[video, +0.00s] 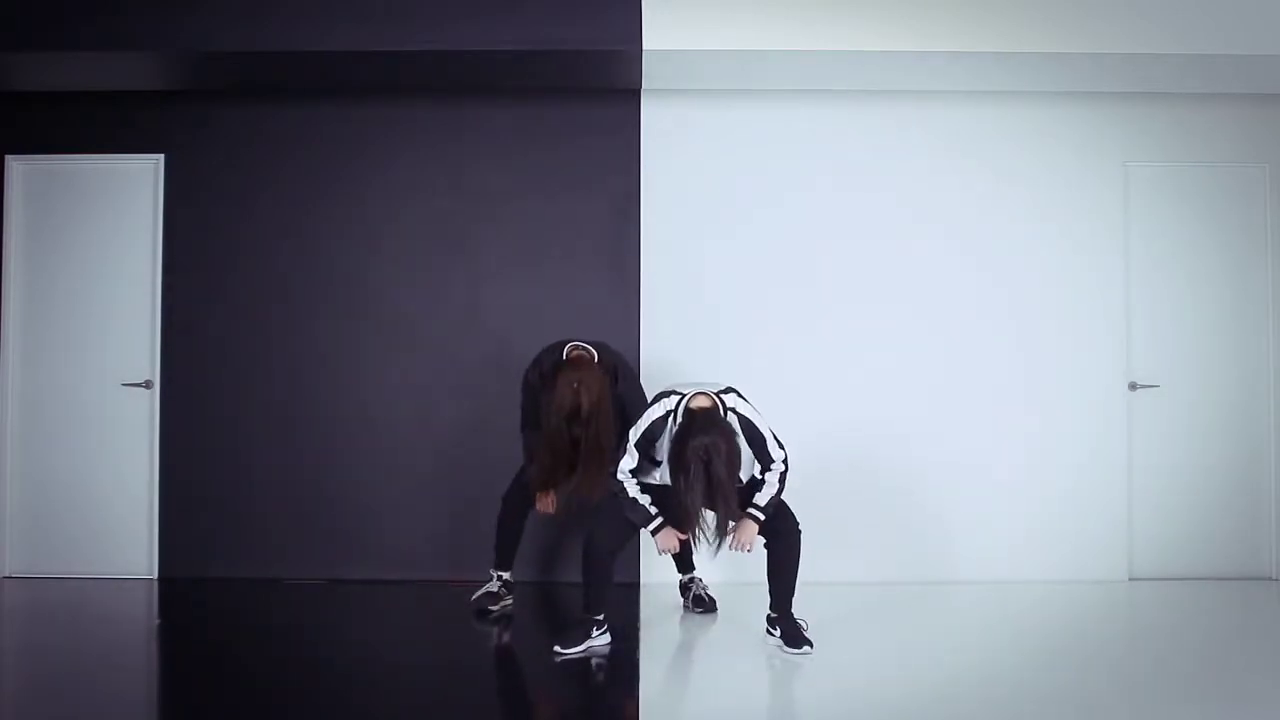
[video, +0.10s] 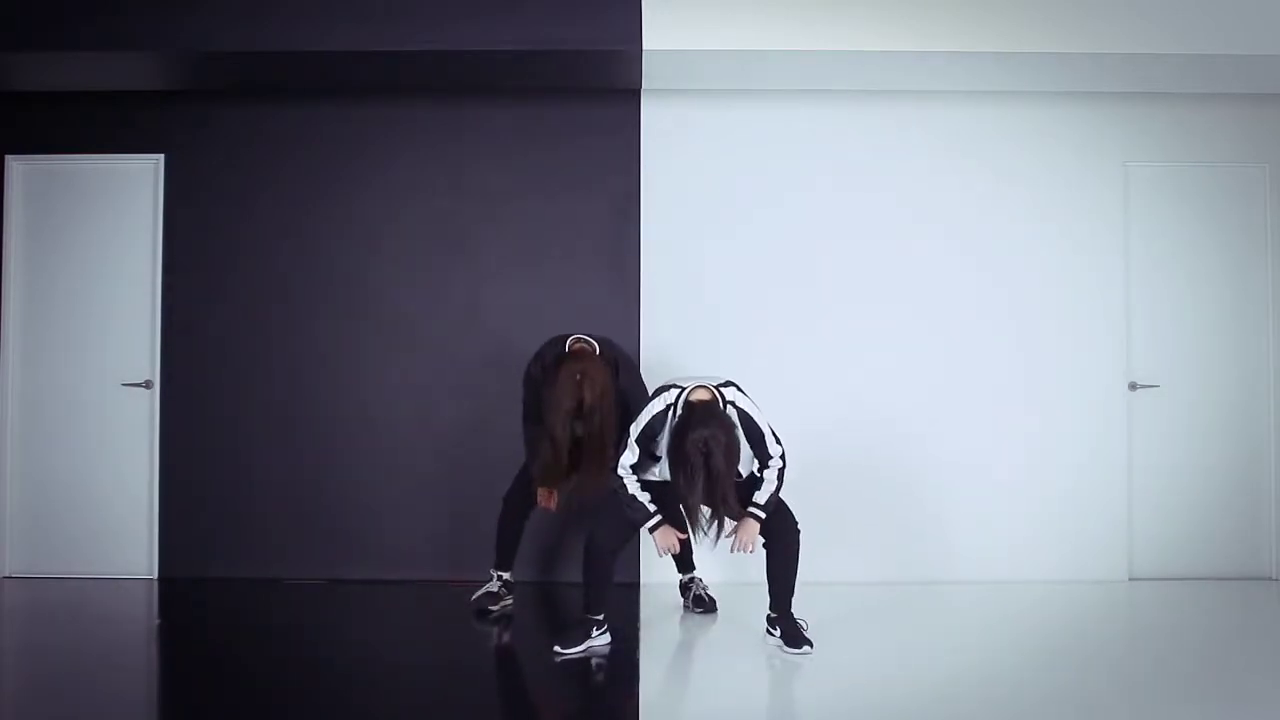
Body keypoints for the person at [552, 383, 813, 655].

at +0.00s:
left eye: (716, 473)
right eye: (702, 473)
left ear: (726, 440)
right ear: (683, 444)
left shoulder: (739, 412)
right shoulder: (661, 414)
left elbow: (778, 461)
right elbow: (623, 473)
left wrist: (753, 516)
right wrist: (657, 526)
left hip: (724, 476)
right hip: (664, 479)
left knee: (785, 528)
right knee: (602, 535)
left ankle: (781, 617)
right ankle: (595, 624)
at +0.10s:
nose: (709, 481)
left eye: (717, 472)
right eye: (702, 473)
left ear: (726, 436)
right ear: (683, 442)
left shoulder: (738, 405)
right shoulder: (662, 409)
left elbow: (775, 458)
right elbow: (623, 470)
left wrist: (754, 516)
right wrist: (656, 524)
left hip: (726, 470)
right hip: (662, 474)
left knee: (784, 527)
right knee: (603, 536)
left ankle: (781, 617)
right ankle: (595, 623)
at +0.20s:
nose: (707, 483)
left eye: (715, 470)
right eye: (700, 471)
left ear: (728, 431)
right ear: (682, 436)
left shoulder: (740, 401)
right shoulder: (660, 405)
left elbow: (773, 453)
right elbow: (625, 466)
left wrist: (756, 515)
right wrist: (654, 522)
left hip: (726, 467)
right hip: (660, 471)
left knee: (783, 527)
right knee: (603, 538)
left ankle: (781, 617)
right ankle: (596, 624)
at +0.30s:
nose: (705, 482)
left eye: (715, 467)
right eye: (699, 469)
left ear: (728, 425)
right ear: (683, 427)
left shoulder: (740, 394)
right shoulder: (661, 396)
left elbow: (772, 446)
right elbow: (625, 458)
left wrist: (756, 513)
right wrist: (652, 518)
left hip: (721, 465)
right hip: (659, 469)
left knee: (782, 525)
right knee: (605, 536)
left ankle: (780, 617)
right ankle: (596, 624)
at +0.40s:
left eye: (715, 458)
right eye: (699, 457)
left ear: (728, 414)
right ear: (683, 415)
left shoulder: (740, 387)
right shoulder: (661, 388)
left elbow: (770, 441)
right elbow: (627, 449)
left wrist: (757, 509)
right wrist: (650, 512)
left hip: (719, 464)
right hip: (660, 466)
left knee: (781, 525)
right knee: (607, 533)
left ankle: (780, 617)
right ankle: (595, 624)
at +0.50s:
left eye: (716, 434)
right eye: (700, 436)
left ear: (727, 400)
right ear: (683, 403)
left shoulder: (739, 379)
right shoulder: (661, 380)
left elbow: (768, 435)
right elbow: (628, 441)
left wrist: (757, 503)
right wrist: (649, 506)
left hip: (721, 463)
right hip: (663, 464)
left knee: (781, 526)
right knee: (609, 529)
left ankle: (780, 616)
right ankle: (596, 623)